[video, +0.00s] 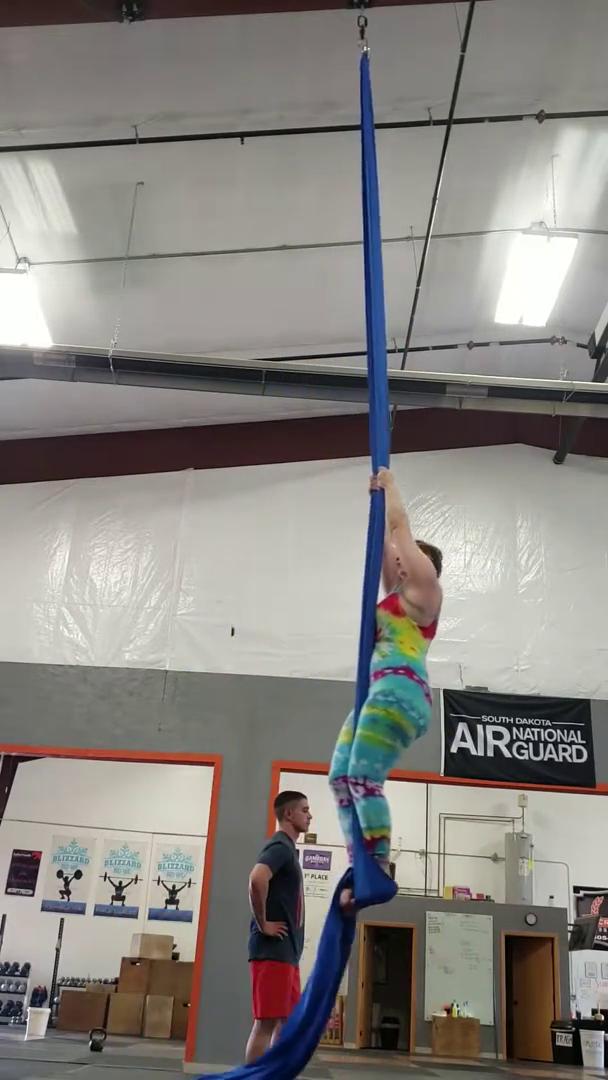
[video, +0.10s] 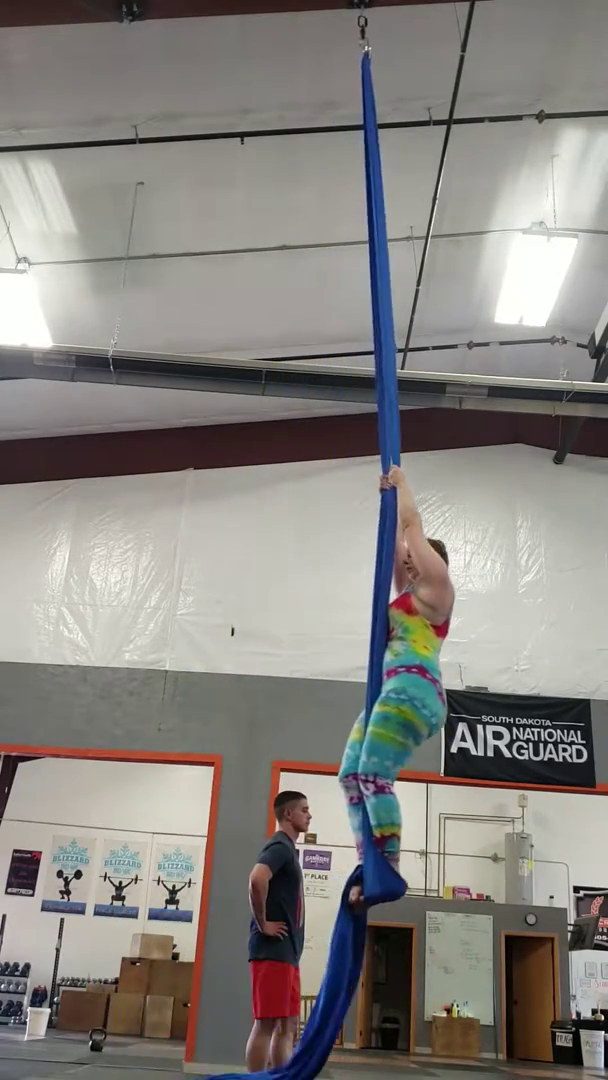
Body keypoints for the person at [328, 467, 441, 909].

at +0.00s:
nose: (392, 560)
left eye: (400, 554)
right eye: (389, 554)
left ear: (419, 564)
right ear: (390, 563)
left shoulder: (423, 594)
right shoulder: (388, 601)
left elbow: (400, 530)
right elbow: (380, 543)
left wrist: (390, 486)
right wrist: (377, 500)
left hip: (401, 691)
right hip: (375, 692)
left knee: (364, 774)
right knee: (340, 775)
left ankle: (378, 870)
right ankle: (361, 867)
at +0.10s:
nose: (405, 554)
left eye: (414, 546)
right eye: (401, 548)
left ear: (433, 557)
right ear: (399, 558)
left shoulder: (436, 590)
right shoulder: (399, 598)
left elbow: (412, 527)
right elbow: (390, 542)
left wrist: (402, 482)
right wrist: (388, 499)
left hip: (415, 687)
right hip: (387, 689)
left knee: (374, 770)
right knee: (350, 773)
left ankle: (387, 869)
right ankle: (370, 867)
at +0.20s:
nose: (411, 560)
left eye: (417, 551)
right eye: (406, 555)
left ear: (437, 551)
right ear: (405, 562)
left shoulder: (445, 585)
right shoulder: (409, 596)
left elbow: (421, 524)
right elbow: (398, 544)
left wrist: (410, 480)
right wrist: (395, 500)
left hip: (427, 687)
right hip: (399, 689)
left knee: (382, 767)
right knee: (358, 770)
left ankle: (394, 867)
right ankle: (375, 864)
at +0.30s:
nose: (413, 556)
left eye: (419, 547)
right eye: (408, 550)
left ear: (435, 547)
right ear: (403, 557)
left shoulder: (450, 584)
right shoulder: (411, 596)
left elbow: (426, 522)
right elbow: (406, 534)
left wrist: (415, 478)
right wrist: (400, 497)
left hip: (438, 687)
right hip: (408, 689)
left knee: (388, 766)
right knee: (364, 769)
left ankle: (398, 866)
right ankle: (382, 864)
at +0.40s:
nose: (413, 555)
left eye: (418, 546)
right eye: (409, 548)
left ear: (432, 547)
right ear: (408, 555)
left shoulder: (451, 583)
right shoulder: (414, 594)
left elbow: (428, 520)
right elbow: (407, 530)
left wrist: (417, 477)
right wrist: (403, 494)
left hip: (446, 688)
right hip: (419, 691)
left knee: (392, 765)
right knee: (370, 766)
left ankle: (402, 864)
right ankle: (386, 861)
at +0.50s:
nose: (409, 566)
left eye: (412, 559)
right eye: (406, 560)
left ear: (426, 554)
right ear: (411, 562)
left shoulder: (448, 583)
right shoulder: (415, 596)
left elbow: (426, 520)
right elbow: (407, 531)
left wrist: (416, 476)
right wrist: (402, 493)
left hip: (452, 690)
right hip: (428, 695)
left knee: (394, 765)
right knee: (372, 768)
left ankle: (405, 864)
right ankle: (389, 861)